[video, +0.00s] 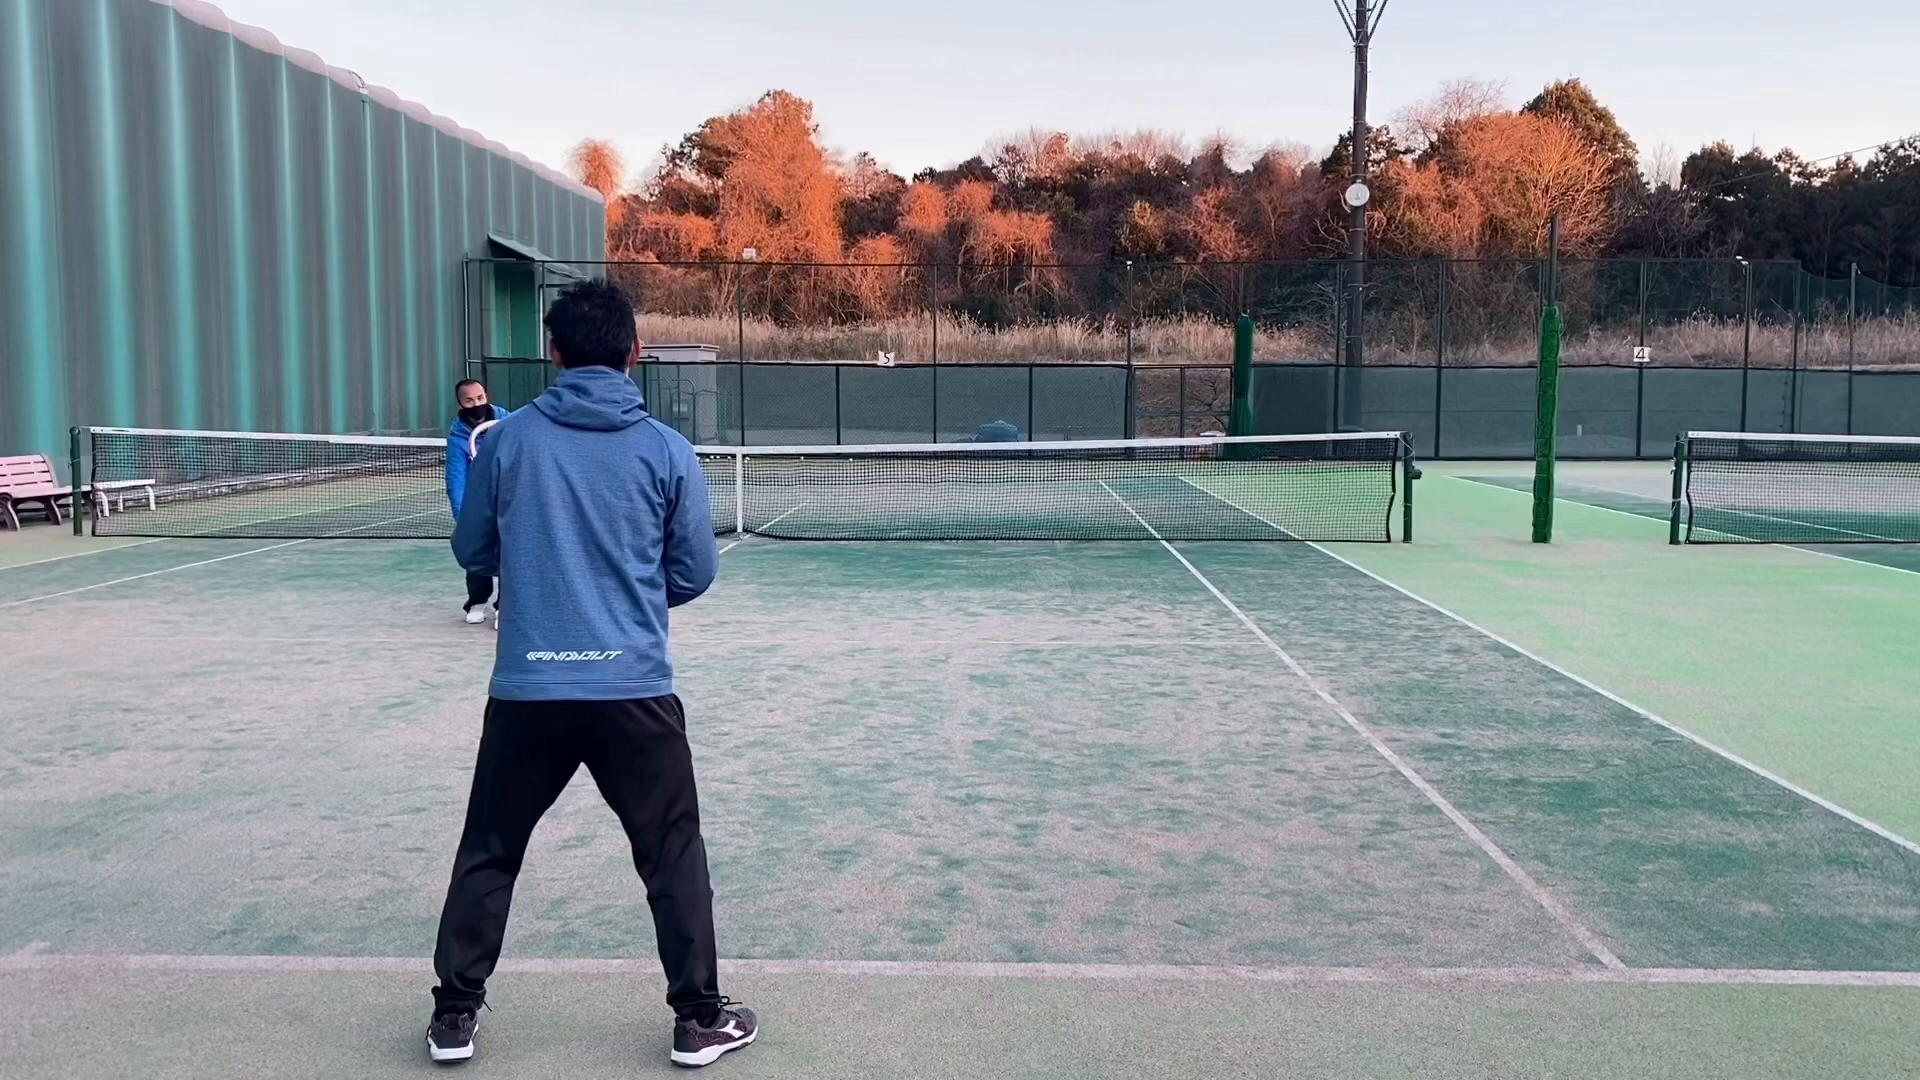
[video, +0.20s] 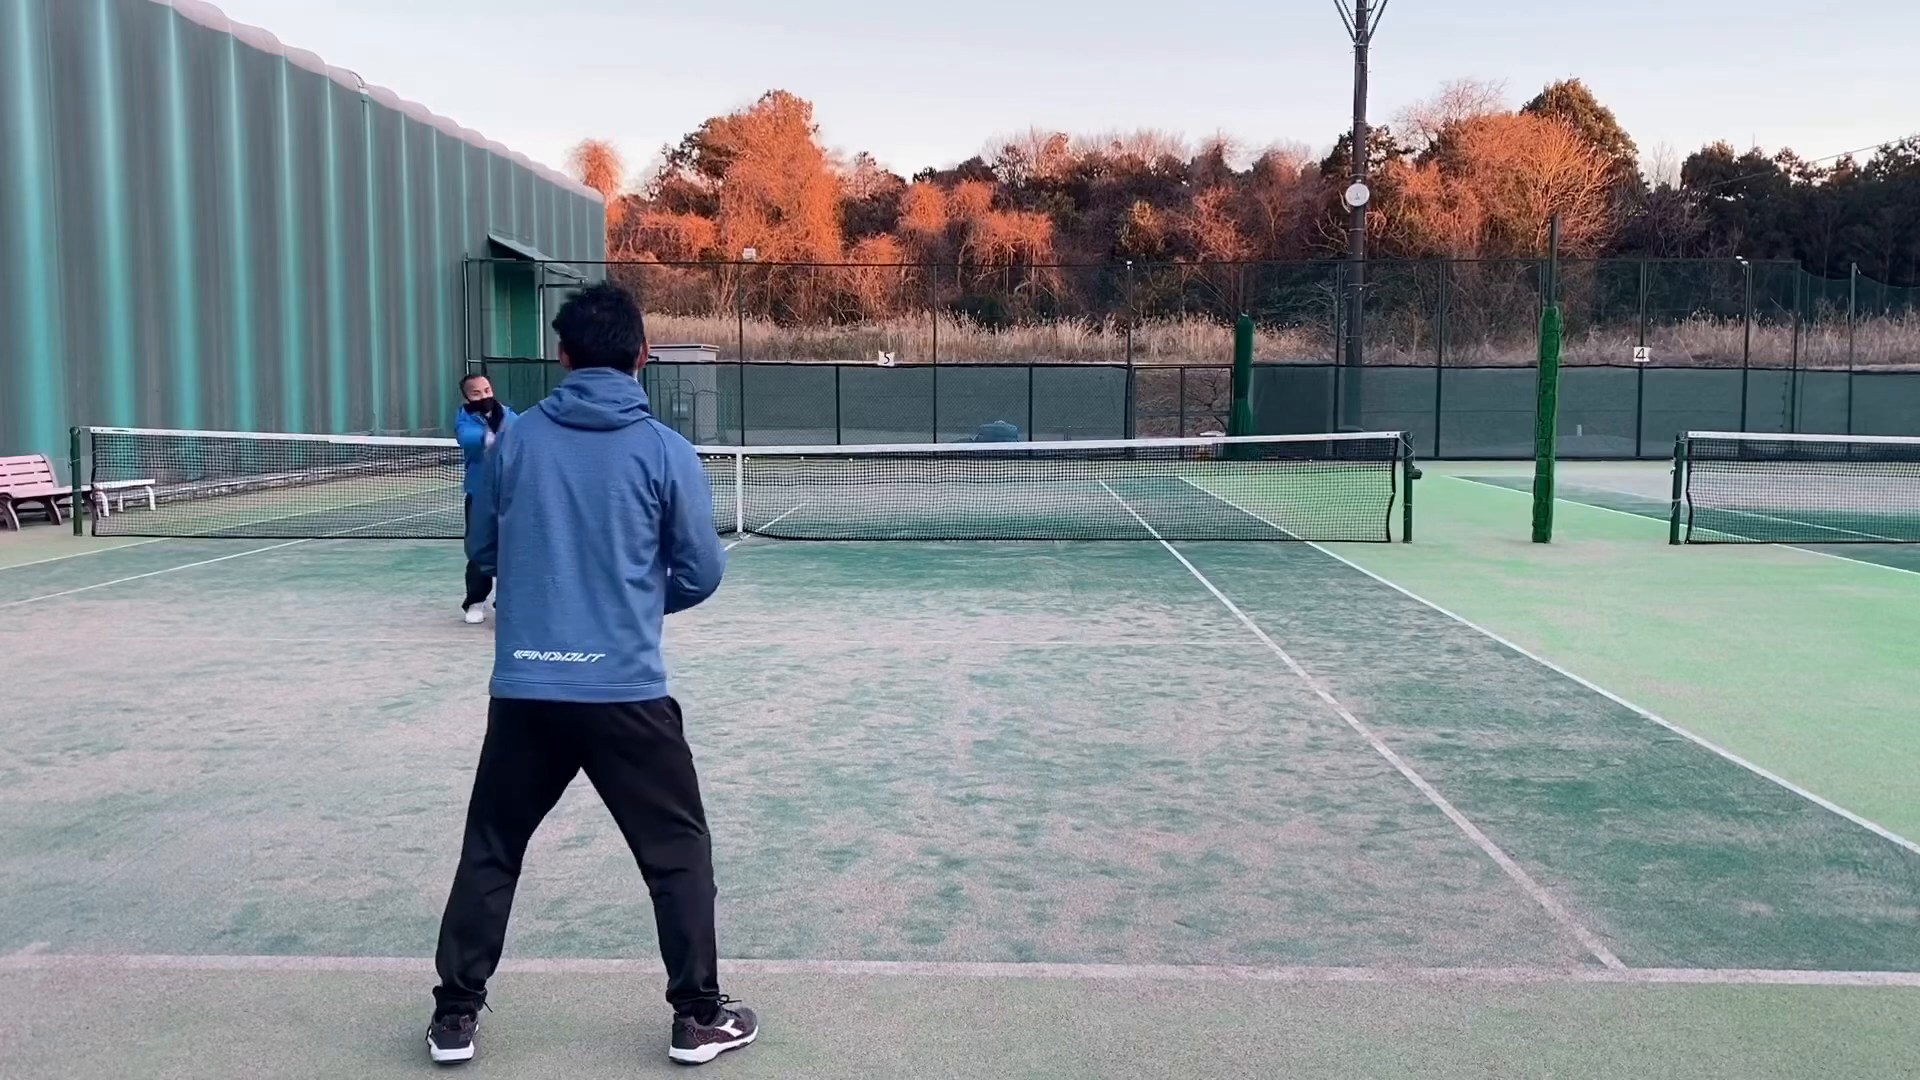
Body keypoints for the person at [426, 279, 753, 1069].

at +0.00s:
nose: (545, 356)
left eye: (550, 346)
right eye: (634, 347)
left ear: (553, 350)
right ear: (632, 352)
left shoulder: (507, 440)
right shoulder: (666, 448)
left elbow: (474, 552)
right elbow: (694, 571)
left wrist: (525, 540)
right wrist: (630, 581)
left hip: (528, 695)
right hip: (632, 693)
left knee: (488, 851)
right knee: (673, 854)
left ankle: (454, 1017)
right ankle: (700, 1019)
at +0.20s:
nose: (642, 360)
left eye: (558, 349)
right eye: (641, 350)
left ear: (561, 354)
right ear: (638, 355)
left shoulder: (514, 438)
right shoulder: (666, 450)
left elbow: (485, 549)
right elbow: (700, 572)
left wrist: (534, 560)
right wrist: (641, 595)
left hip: (526, 691)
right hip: (626, 691)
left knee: (491, 846)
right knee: (676, 850)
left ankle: (454, 1016)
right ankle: (698, 1016)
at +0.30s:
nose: (663, 366)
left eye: (659, 356)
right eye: (662, 356)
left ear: (577, 359)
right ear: (652, 364)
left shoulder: (537, 440)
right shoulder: (656, 446)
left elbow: (530, 548)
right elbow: (735, 566)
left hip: (529, 692)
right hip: (620, 697)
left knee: (499, 851)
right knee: (688, 842)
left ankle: (453, 1018)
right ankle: (688, 1014)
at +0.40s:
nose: (689, 367)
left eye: (687, 356)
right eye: (686, 358)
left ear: (605, 363)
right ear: (678, 368)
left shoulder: (578, 437)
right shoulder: (663, 445)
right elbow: (758, 516)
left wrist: (757, 490)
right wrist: (821, 514)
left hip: (555, 693)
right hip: (636, 700)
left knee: (526, 852)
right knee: (706, 847)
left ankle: (459, 1008)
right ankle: (686, 1016)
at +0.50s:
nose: (721, 368)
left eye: (718, 356)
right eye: (719, 357)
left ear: (642, 362)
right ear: (709, 365)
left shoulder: (618, 436)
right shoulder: (676, 434)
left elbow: (689, 512)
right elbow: (766, 471)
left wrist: (776, 507)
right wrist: (865, 462)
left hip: (593, 685)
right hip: (652, 689)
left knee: (601, 837)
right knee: (721, 849)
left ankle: (500, 981)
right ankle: (686, 1017)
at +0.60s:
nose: (753, 374)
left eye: (750, 361)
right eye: (753, 361)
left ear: (676, 360)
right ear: (739, 364)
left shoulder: (657, 429)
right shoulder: (697, 425)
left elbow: (738, 498)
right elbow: (755, 446)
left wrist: (814, 503)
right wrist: (865, 426)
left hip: (629, 677)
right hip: (677, 680)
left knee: (674, 834)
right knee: (731, 849)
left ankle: (601, 978)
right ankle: (687, 1017)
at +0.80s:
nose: (817, 392)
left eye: (815, 383)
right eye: (815, 382)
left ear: (742, 378)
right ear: (801, 388)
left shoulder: (743, 456)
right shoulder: (741, 437)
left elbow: (803, 511)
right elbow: (756, 452)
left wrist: (882, 521)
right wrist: (852, 419)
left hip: (691, 692)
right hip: (723, 696)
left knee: (736, 838)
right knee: (832, 844)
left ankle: (656, 986)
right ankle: (752, 1006)